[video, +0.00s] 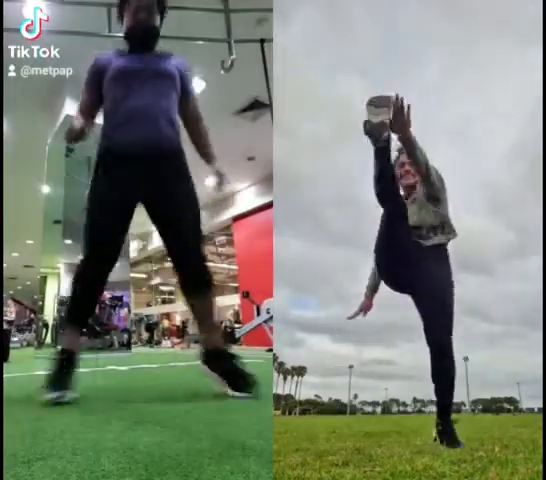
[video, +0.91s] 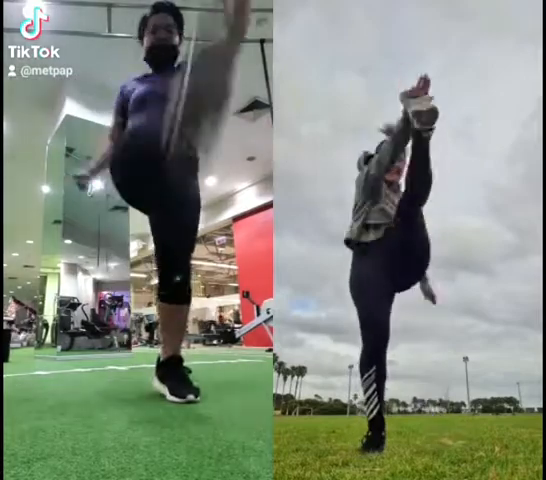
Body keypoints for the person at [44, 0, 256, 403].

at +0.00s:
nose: (143, 18)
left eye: (151, 12)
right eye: (136, 11)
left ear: (161, 20)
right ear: (122, 19)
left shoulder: (176, 66)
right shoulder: (104, 65)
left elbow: (194, 121)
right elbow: (84, 119)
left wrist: (213, 164)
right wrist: (74, 129)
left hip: (167, 169)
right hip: (116, 169)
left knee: (191, 258)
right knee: (97, 262)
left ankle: (215, 349)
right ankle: (66, 356)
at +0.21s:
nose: (145, 28)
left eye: (153, 22)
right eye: (137, 21)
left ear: (164, 31)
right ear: (125, 30)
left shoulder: (176, 83)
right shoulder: (108, 75)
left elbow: (186, 137)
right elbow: (86, 128)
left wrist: (196, 175)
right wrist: (96, 133)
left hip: (163, 175)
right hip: (116, 174)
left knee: (150, 264)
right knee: (124, 267)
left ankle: (132, 359)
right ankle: (135, 363)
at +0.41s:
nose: (152, 33)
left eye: (160, 28)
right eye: (145, 26)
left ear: (169, 40)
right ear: (131, 35)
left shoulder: (176, 94)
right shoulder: (115, 72)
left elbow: (187, 150)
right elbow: (79, 108)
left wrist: (225, 171)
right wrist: (83, 90)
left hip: (167, 181)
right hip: (121, 179)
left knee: (166, 264)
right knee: (126, 270)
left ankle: (151, 356)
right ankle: (126, 361)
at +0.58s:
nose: (161, 35)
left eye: (169, 30)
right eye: (153, 29)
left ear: (177, 40)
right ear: (140, 37)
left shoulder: (180, 93)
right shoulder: (125, 64)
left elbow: (195, 138)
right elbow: (76, 87)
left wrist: (228, 116)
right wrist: (33, 85)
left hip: (176, 179)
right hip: (129, 176)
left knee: (179, 271)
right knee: (129, 269)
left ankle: (174, 362)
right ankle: (125, 359)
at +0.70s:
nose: (163, 38)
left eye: (170, 34)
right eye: (155, 33)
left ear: (180, 44)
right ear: (143, 42)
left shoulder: (188, 99)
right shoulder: (130, 72)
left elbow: (219, 116)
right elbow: (86, 109)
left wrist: (234, 83)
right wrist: (45, 130)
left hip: (180, 182)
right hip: (133, 176)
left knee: (186, 272)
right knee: (136, 267)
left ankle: (170, 365)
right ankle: (125, 353)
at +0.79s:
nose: (165, 35)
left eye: (172, 30)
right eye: (157, 29)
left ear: (182, 40)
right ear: (144, 39)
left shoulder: (193, 88)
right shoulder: (130, 75)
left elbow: (238, 88)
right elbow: (98, 119)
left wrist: (254, 43)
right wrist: (66, 151)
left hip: (181, 173)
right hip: (136, 165)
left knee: (185, 267)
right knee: (145, 239)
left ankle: (171, 364)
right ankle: (127, 331)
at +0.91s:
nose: (161, 34)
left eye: (169, 29)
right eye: (153, 30)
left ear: (180, 39)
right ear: (142, 40)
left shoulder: (195, 81)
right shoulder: (130, 88)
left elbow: (236, 32)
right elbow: (115, 141)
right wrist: (92, 170)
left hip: (178, 182)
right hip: (135, 177)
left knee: (176, 274)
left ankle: (170, 365)